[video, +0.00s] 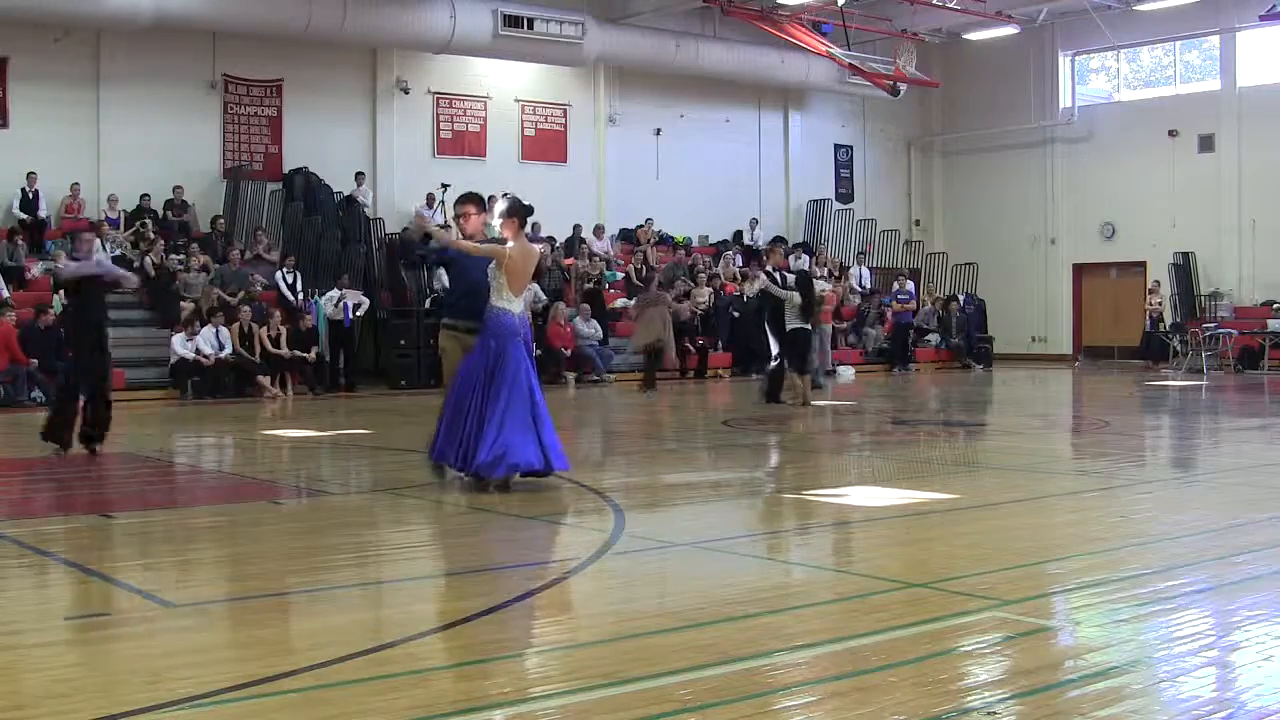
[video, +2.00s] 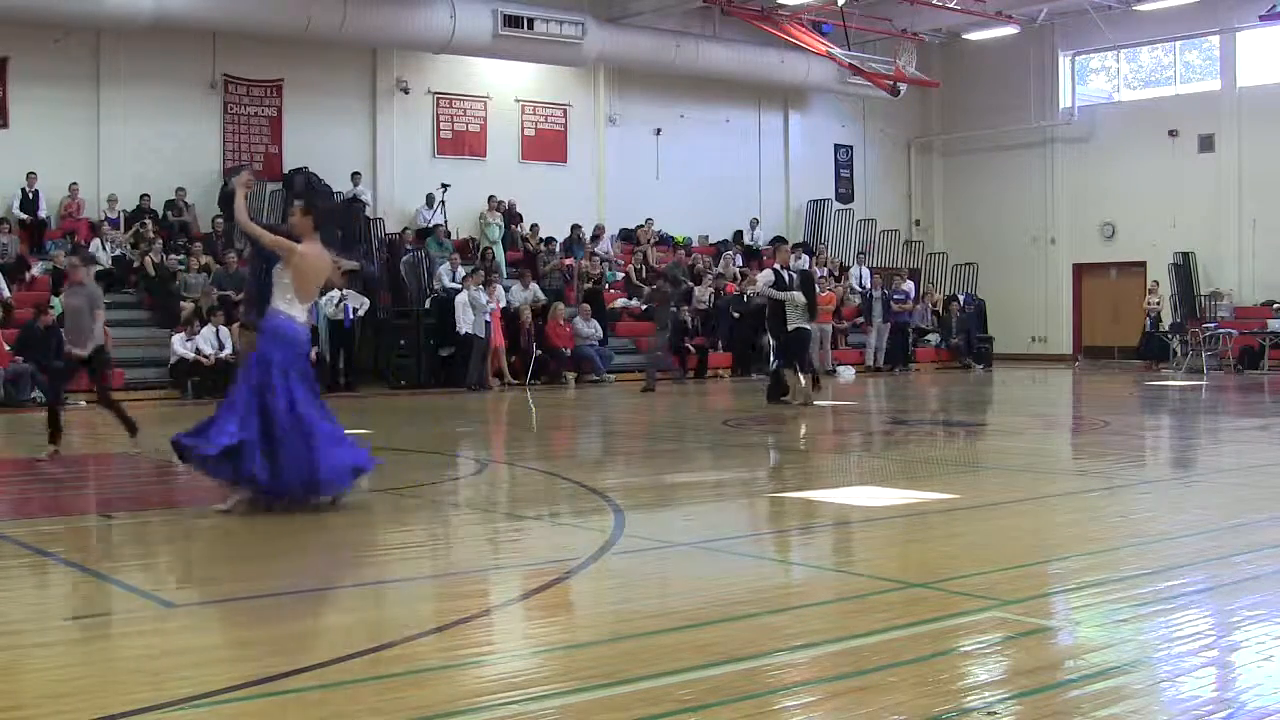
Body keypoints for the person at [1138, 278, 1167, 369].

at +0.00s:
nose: (1153, 288)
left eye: (1155, 286)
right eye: (1152, 286)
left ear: (1159, 287)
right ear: (1151, 287)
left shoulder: (1162, 297)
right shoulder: (1149, 297)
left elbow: (1162, 308)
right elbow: (1146, 306)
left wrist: (1151, 308)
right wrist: (1156, 307)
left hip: (1159, 318)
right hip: (1150, 318)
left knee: (1158, 338)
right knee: (1149, 337)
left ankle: (1156, 360)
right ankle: (1148, 360)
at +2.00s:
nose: (1152, 288)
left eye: (1154, 286)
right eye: (1151, 286)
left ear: (1157, 287)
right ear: (1150, 287)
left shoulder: (1160, 296)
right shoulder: (1148, 296)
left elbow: (1160, 308)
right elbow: (1144, 306)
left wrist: (1149, 308)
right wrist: (1155, 307)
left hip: (1157, 318)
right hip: (1149, 319)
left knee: (1156, 339)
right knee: (1148, 338)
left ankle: (1156, 362)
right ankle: (1149, 361)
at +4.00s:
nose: (1152, 288)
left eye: (1153, 286)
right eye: (1150, 286)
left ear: (1157, 287)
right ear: (1149, 287)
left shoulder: (1160, 297)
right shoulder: (1148, 296)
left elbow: (1160, 308)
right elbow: (1144, 306)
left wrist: (1149, 308)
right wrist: (1154, 307)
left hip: (1156, 318)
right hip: (1149, 318)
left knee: (1156, 338)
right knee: (1148, 338)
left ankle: (1156, 361)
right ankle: (1148, 361)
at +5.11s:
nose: (1151, 288)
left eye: (1153, 286)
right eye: (1150, 286)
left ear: (1157, 287)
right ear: (1149, 287)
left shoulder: (1160, 296)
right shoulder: (1147, 297)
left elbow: (1160, 308)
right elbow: (1144, 306)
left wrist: (1149, 308)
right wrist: (1154, 307)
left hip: (1156, 318)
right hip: (1149, 318)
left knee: (1156, 338)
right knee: (1148, 337)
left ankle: (1155, 361)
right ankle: (1148, 360)